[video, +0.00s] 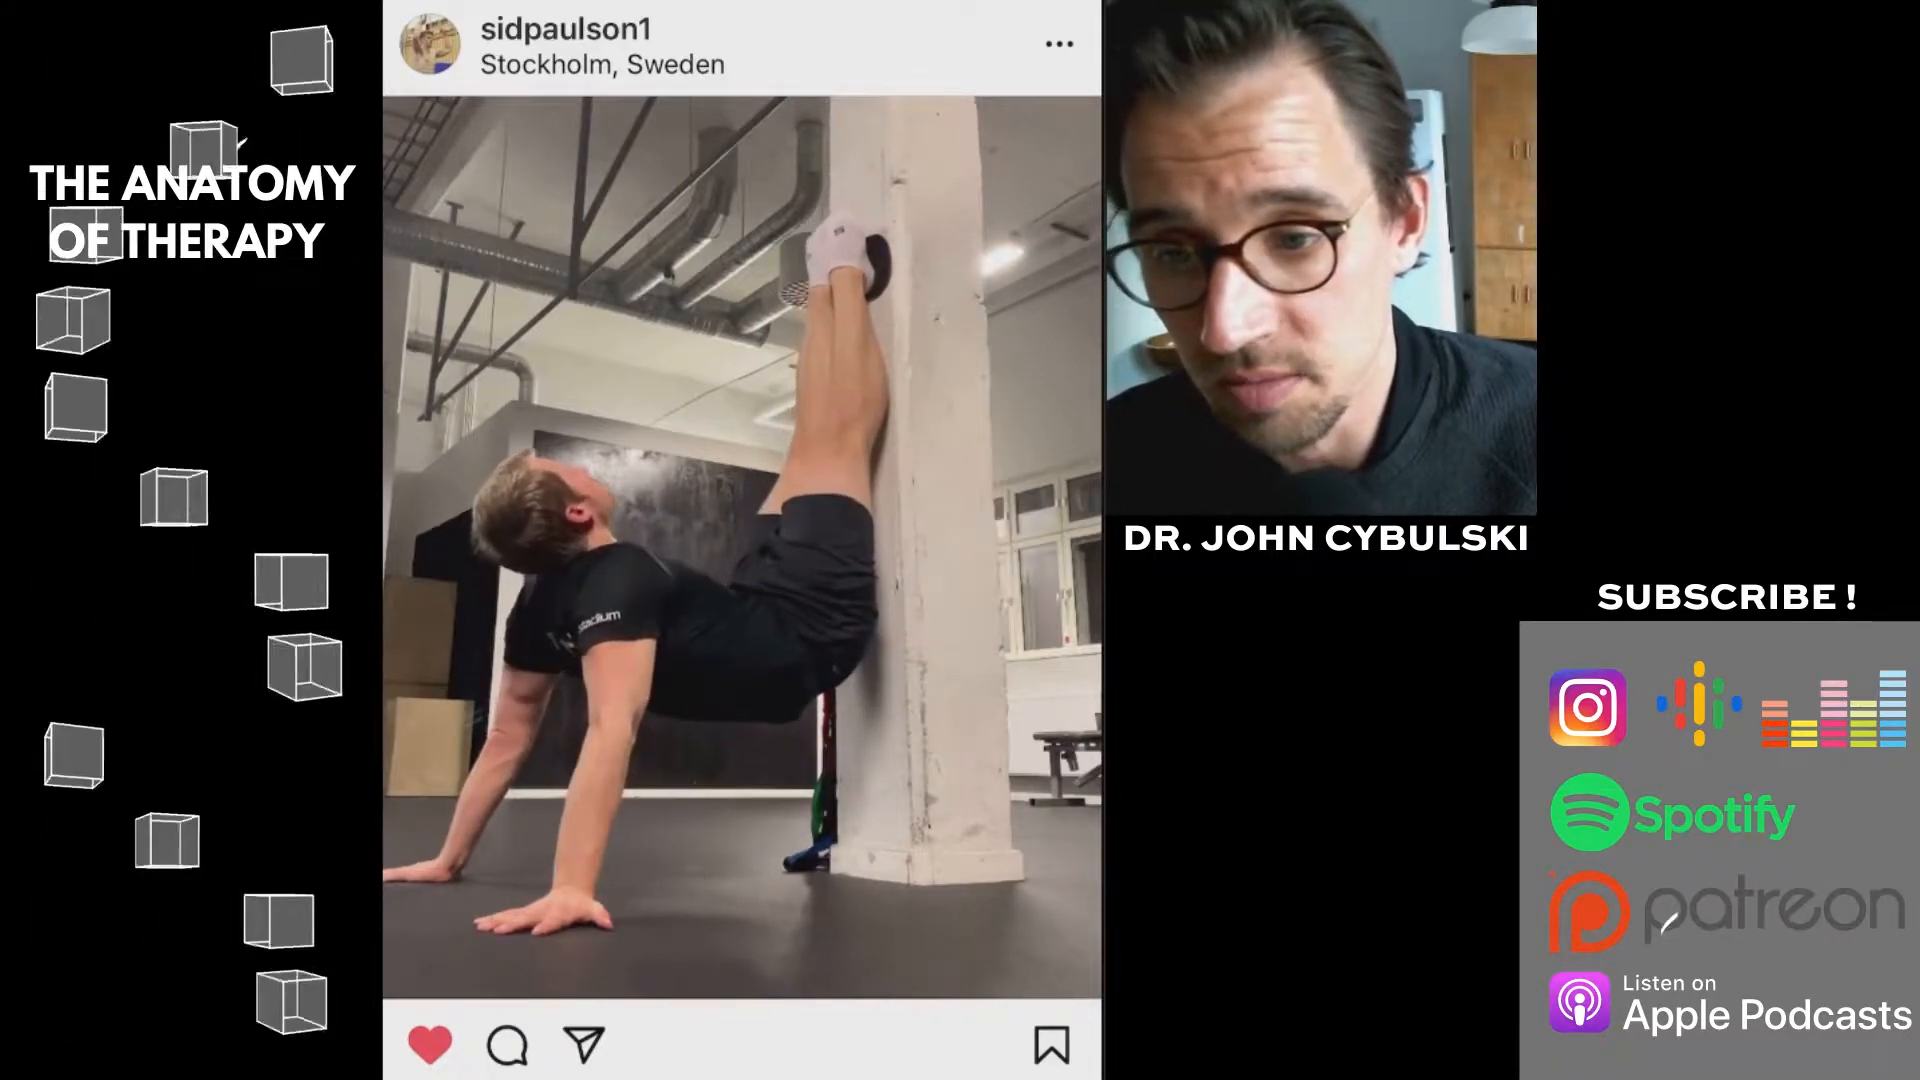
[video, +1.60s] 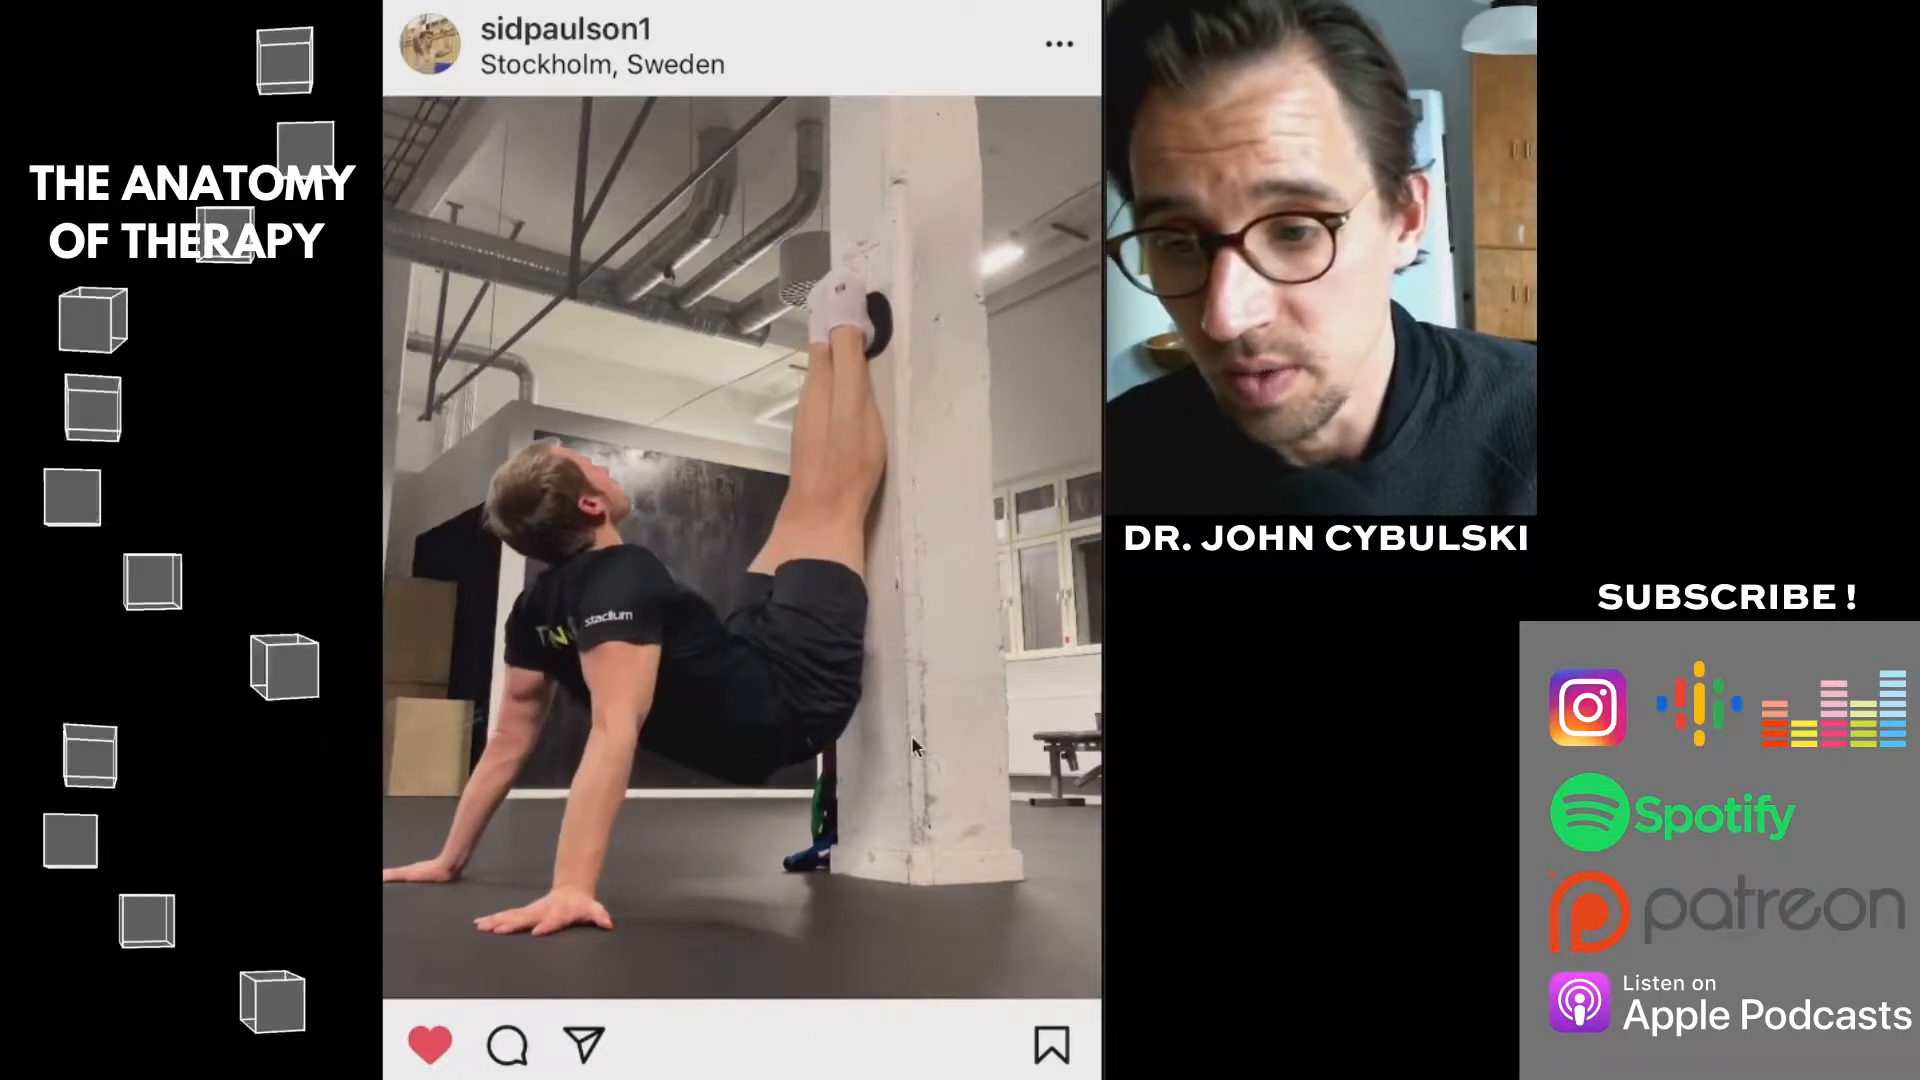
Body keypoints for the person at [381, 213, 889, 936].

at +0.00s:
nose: (580, 466)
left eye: (562, 464)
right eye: (567, 471)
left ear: (533, 545)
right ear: (575, 512)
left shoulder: (536, 611)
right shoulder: (617, 579)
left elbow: (507, 740)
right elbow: (609, 731)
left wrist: (448, 860)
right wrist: (572, 887)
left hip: (759, 633)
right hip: (807, 627)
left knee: (814, 434)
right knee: (844, 429)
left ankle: (825, 293)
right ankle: (845, 278)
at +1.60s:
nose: (602, 464)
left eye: (586, 459)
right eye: (590, 466)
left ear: (538, 533)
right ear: (592, 505)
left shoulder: (533, 606)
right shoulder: (620, 575)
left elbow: (508, 744)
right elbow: (612, 733)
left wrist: (449, 860)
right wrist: (572, 887)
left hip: (744, 731)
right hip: (795, 697)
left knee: (806, 501)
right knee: (839, 493)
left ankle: (826, 343)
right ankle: (847, 336)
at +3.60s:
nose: (623, 459)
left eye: (611, 450)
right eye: (612, 453)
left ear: (543, 508)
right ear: (600, 482)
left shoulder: (529, 605)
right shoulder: (620, 572)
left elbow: (508, 744)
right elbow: (613, 727)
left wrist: (449, 859)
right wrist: (572, 888)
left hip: (698, 773)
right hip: (768, 745)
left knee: (792, 537)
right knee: (827, 536)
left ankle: (826, 387)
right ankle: (847, 379)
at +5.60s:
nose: (628, 461)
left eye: (618, 449)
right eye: (616, 454)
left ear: (541, 501)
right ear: (600, 479)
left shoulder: (522, 603)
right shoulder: (612, 571)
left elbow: (508, 743)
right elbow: (605, 730)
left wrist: (450, 859)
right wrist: (572, 889)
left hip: (671, 810)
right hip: (738, 787)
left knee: (782, 586)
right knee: (815, 582)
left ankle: (825, 425)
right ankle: (846, 428)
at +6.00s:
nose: (629, 462)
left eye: (620, 450)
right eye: (618, 454)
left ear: (539, 498)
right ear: (600, 478)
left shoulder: (521, 602)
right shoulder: (611, 571)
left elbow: (507, 743)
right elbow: (604, 731)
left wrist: (449, 859)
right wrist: (573, 888)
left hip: (663, 812)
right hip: (732, 793)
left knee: (778, 592)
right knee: (812, 589)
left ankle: (825, 431)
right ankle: (849, 437)